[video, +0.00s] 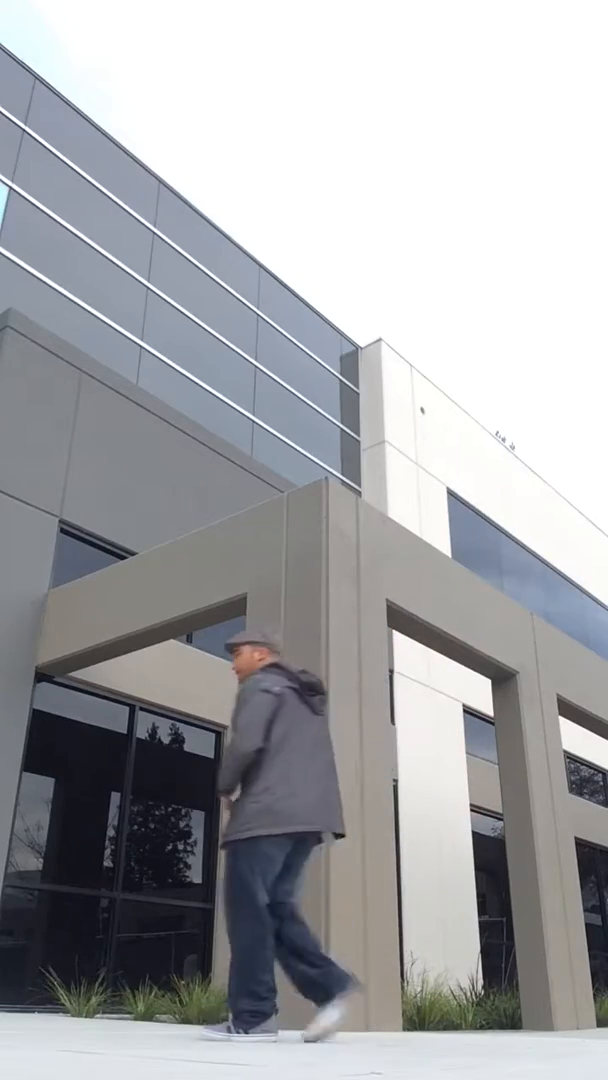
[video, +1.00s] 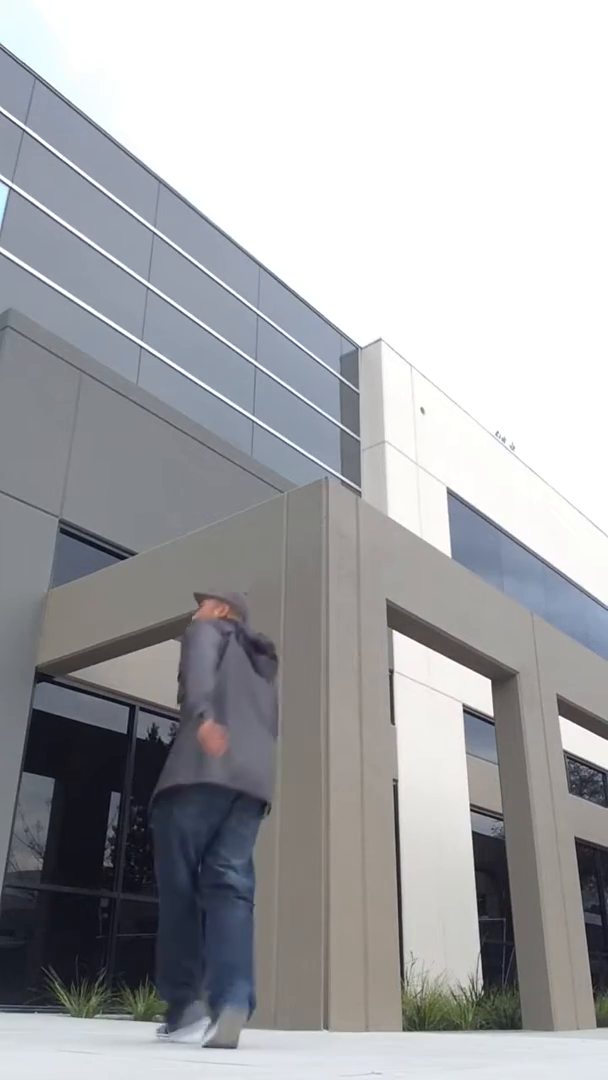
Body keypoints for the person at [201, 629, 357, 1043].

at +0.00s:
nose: (232, 663)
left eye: (237, 653)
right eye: (232, 655)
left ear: (262, 653)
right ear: (266, 655)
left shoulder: (262, 685)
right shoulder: (302, 688)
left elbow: (246, 744)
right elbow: (304, 755)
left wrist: (224, 785)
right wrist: (250, 794)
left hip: (271, 809)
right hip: (310, 811)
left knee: (246, 909)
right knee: (277, 906)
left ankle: (251, 1017)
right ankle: (333, 989)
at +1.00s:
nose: (196, 612)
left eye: (201, 605)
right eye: (198, 605)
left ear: (222, 610)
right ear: (240, 617)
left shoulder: (209, 628)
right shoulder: (264, 658)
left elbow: (200, 665)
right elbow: (269, 720)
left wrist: (201, 716)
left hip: (203, 765)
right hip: (255, 779)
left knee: (177, 888)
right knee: (230, 885)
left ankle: (185, 1006)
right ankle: (234, 1001)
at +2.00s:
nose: (242, 544)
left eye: (253, 537)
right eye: (233, 542)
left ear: (276, 554)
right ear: (225, 563)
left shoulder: (309, 609)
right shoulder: (200, 613)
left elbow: (356, 655)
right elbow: (161, 665)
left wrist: (340, 671)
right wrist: (181, 673)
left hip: (298, 757)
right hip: (228, 763)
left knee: (306, 874)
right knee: (243, 886)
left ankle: (331, 1004)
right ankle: (271, 1023)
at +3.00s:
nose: (202, 589)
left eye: (210, 585)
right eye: (192, 582)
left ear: (218, 603)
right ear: (173, 595)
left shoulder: (222, 664)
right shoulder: (134, 631)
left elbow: (226, 730)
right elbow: (79, 684)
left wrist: (215, 720)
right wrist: (58, 739)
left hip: (173, 789)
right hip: (116, 773)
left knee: (135, 901)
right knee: (106, 886)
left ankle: (98, 1011)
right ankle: (68, 1011)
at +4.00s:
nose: (142, 609)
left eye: (152, 601)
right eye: (138, 604)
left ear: (179, 611)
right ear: (139, 619)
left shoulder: (195, 644)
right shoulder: (155, 665)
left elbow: (219, 701)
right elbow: (159, 729)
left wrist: (174, 754)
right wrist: (131, 754)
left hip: (184, 794)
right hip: (156, 797)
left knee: (146, 898)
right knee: (182, 901)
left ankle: (126, 1013)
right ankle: (229, 1009)